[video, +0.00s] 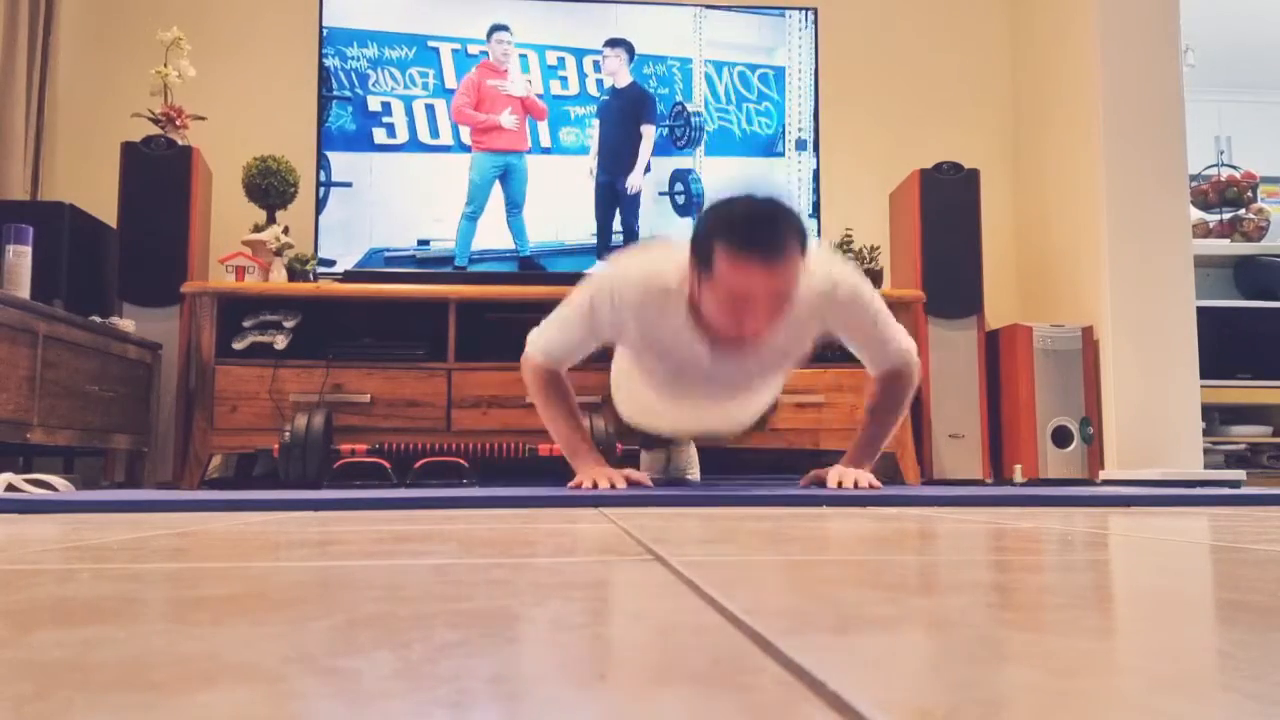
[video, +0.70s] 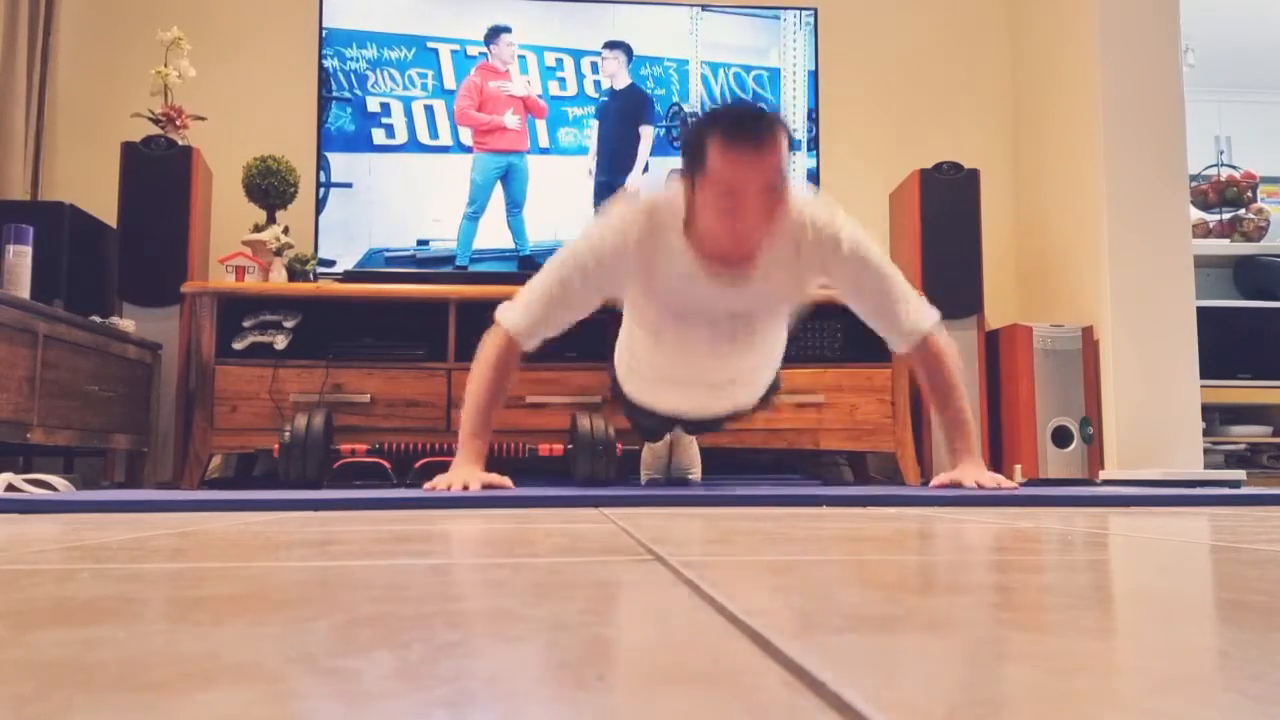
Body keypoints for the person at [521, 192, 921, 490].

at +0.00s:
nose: (752, 320)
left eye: (772, 301)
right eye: (735, 300)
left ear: (795, 281)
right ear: (696, 279)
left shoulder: (827, 284)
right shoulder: (630, 283)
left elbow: (899, 363)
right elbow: (538, 360)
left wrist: (858, 464)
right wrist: (586, 461)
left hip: (739, 419)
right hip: (640, 413)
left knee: (705, 435)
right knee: (644, 435)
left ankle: (680, 450)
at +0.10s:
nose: (755, 437)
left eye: (777, 419)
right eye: (738, 420)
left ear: (804, 382)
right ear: (696, 382)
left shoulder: (830, 352)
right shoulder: (640, 356)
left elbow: (912, 373)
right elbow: (537, 365)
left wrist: (857, 463)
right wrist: (587, 464)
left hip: (748, 483)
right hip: (650, 481)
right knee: (653, 587)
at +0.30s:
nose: (758, 327)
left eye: (776, 308)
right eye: (741, 306)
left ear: (799, 289)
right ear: (698, 281)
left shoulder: (828, 297)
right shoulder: (631, 292)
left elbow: (908, 370)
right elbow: (535, 362)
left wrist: (856, 463)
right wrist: (588, 462)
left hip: (747, 444)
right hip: (634, 442)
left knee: (740, 571)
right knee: (626, 567)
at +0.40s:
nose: (749, 205)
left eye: (768, 184)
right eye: (731, 182)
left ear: (785, 179)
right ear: (690, 170)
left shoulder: (818, 224)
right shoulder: (624, 223)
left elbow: (877, 343)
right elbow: (559, 346)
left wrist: (850, 461)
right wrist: (594, 463)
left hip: (744, 362)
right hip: (649, 360)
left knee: (705, 422)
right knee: (650, 423)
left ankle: (681, 443)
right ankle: (656, 446)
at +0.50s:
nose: (745, 104)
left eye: (763, 79)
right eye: (723, 81)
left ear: (777, 71)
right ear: (683, 70)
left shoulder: (807, 148)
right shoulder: (628, 144)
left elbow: (851, 277)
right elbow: (582, 284)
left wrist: (849, 400)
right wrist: (583, 417)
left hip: (746, 305)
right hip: (652, 300)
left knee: (707, 404)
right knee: (652, 399)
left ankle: (685, 433)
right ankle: (656, 439)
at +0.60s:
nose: (745, 97)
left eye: (763, 73)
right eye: (723, 73)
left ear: (777, 67)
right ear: (683, 67)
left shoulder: (808, 144)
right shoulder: (628, 141)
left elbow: (878, 262)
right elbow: (557, 271)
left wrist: (884, 369)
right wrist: (532, 404)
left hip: (744, 328)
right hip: (652, 322)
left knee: (704, 409)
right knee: (653, 406)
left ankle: (684, 435)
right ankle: (655, 442)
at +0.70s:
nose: (748, 214)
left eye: (765, 193)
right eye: (729, 193)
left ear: (786, 185)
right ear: (691, 184)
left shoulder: (818, 228)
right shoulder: (635, 223)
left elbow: (925, 335)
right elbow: (507, 332)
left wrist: (967, 459)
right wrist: (467, 460)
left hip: (742, 391)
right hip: (646, 384)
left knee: (711, 423)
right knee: (644, 423)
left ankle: (679, 447)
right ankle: (651, 453)